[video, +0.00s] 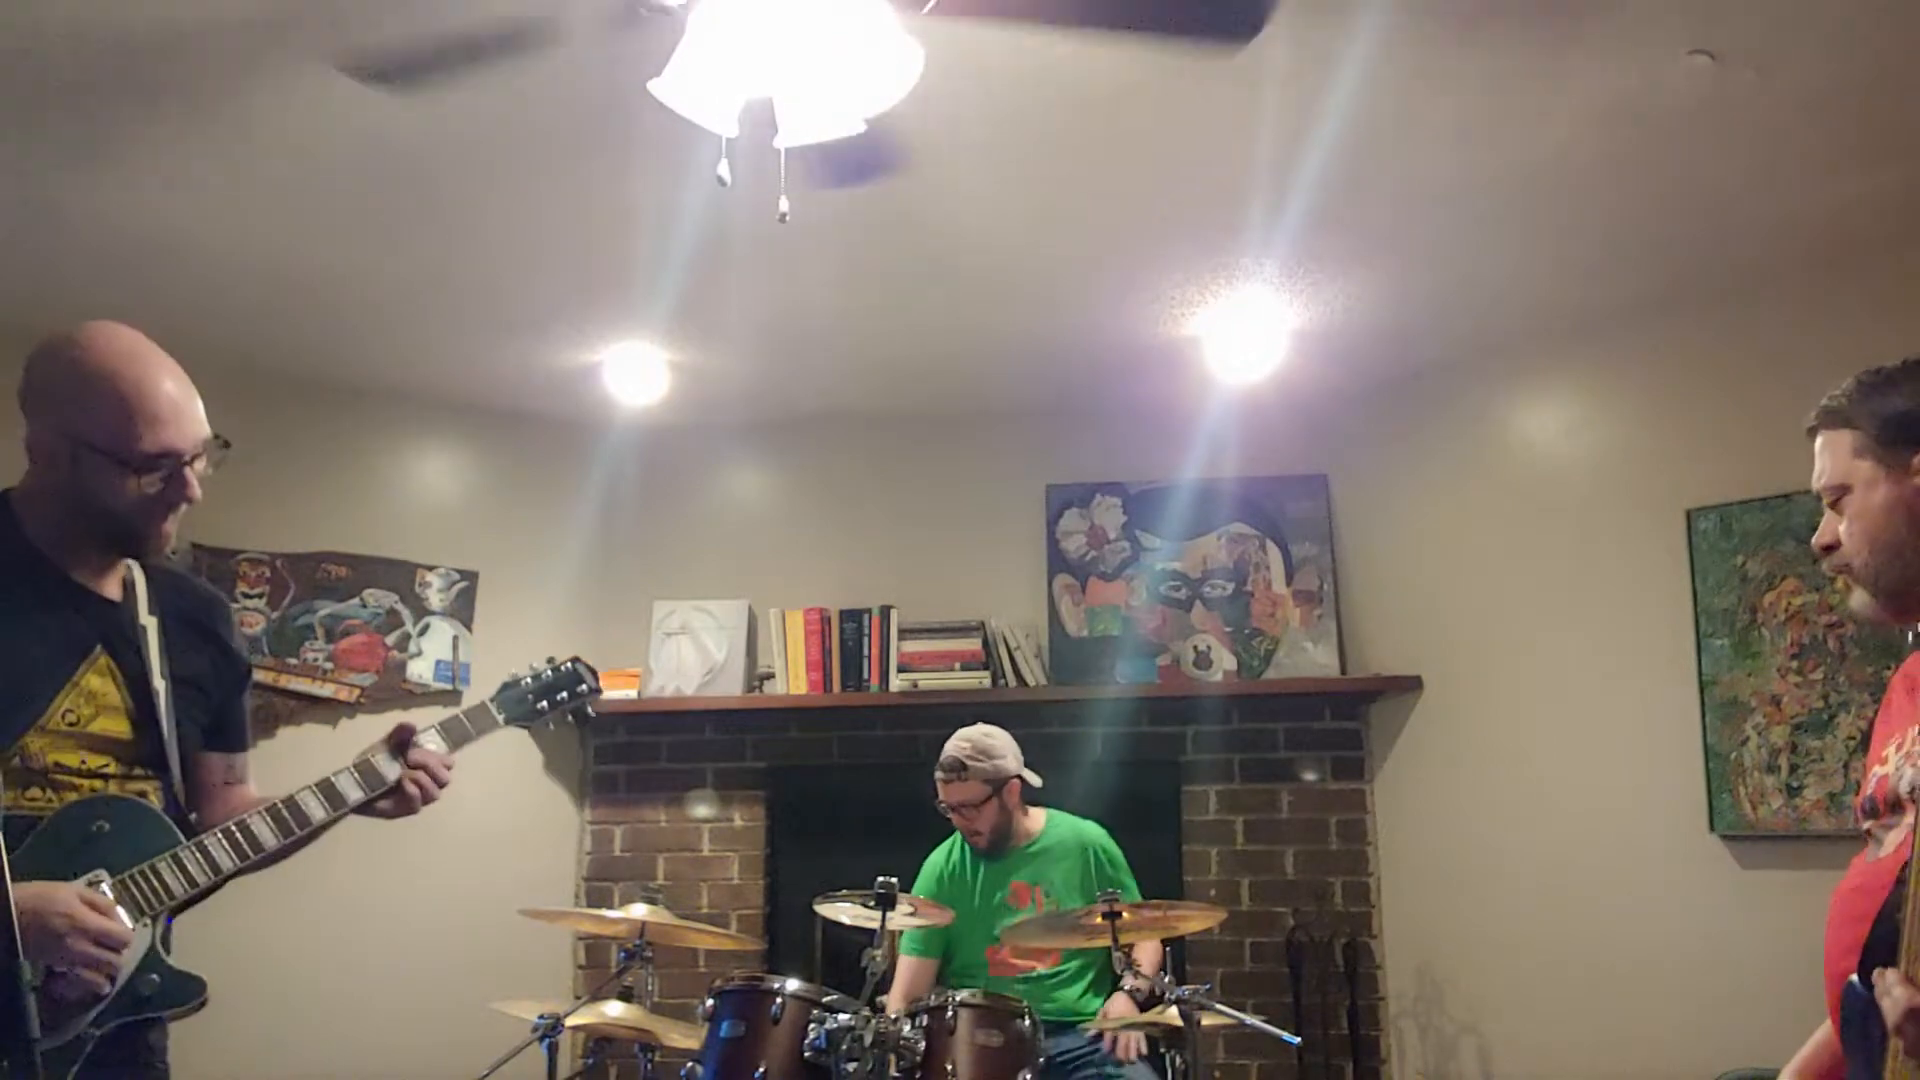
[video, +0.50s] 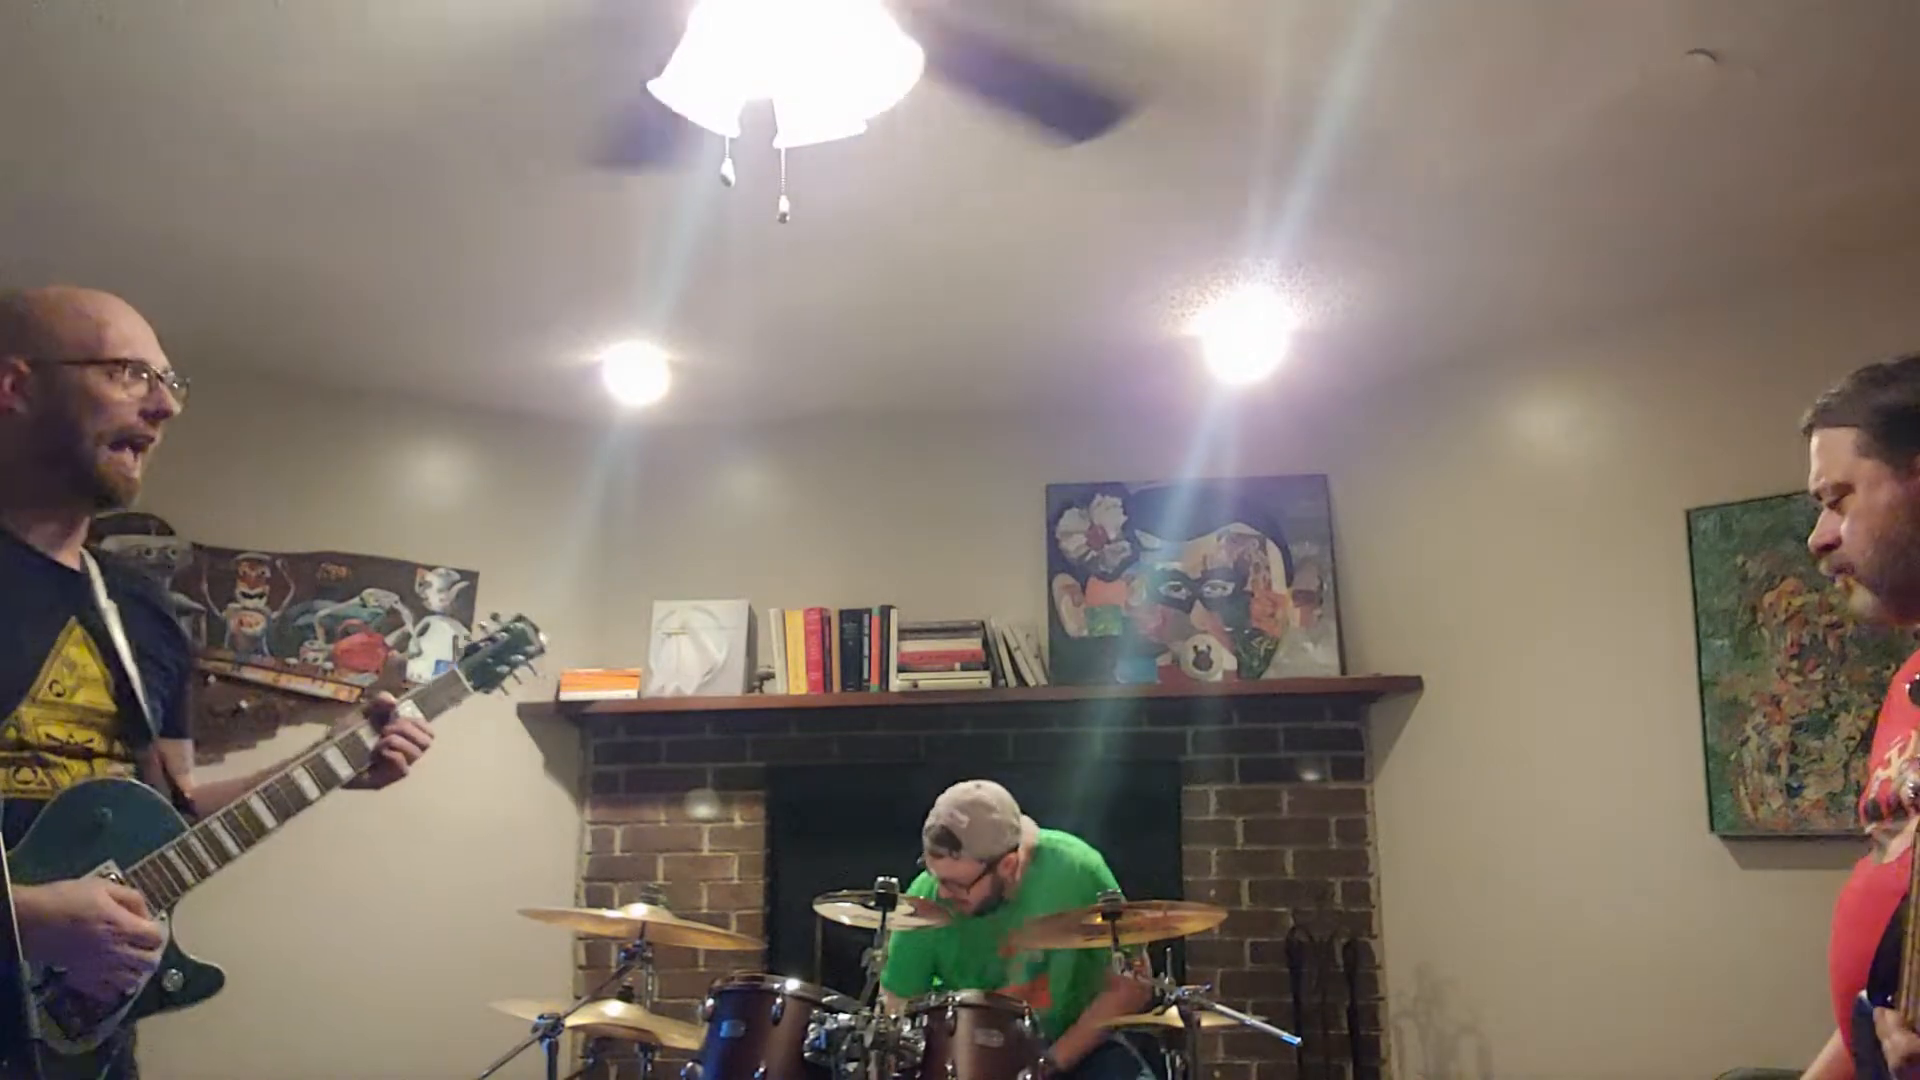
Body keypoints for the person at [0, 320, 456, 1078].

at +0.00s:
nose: (193, 491)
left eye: (200, 457)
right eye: (156, 466)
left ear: (206, 435)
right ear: (49, 453)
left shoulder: (192, 616)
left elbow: (219, 809)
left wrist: (353, 789)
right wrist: (13, 913)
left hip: (118, 1030)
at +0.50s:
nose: (166, 404)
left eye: (166, 381)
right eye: (128, 372)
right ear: (16, 385)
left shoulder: (142, 618)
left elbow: (176, 793)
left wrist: (336, 758)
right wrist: (26, 920)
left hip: (89, 1037)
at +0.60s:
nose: (156, 398)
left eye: (153, 374)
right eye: (124, 363)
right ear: (11, 373)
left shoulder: (95, 600)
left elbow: (135, 790)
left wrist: (311, 750)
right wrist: (25, 914)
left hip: (58, 1033)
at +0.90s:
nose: (113, 404)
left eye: (111, 374)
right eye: (100, 368)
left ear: (19, 361)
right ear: (17, 359)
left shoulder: (19, 589)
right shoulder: (16, 590)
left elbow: (49, 789)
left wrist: (207, 743)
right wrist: (49, 923)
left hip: (37, 1025)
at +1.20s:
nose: (64, 394)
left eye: (66, 361)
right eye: (59, 355)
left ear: (12, 349)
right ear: (5, 345)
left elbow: (0, 766)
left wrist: (91, 749)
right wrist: (61, 926)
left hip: (22, 1023)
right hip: (12, 1029)